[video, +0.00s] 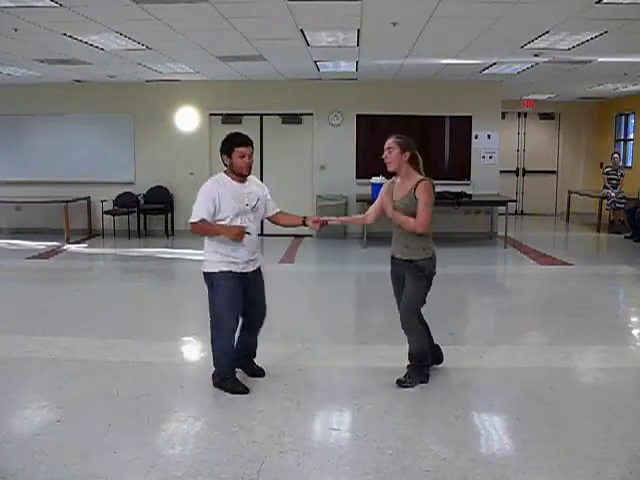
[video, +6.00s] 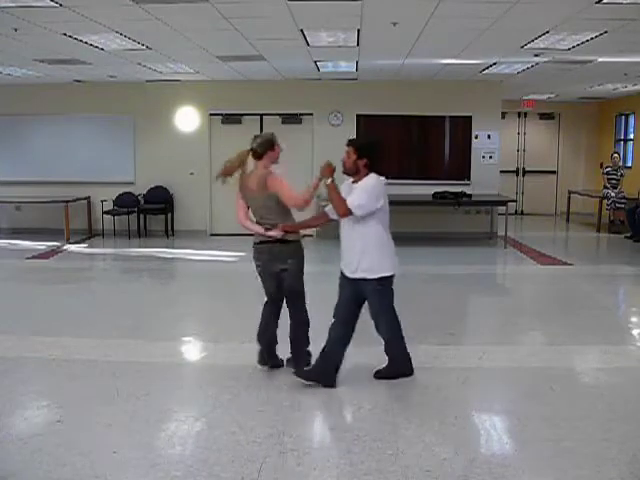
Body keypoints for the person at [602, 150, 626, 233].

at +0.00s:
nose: (615, 160)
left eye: (617, 158)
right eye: (614, 158)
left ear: (619, 160)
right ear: (611, 159)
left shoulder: (621, 171)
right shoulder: (607, 169)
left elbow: (621, 183)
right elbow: (605, 182)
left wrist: (617, 190)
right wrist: (611, 189)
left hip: (617, 188)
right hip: (608, 187)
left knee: (622, 196)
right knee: (611, 196)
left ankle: (621, 217)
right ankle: (611, 217)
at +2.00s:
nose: (615, 160)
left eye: (616, 158)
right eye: (613, 158)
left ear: (619, 160)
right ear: (611, 160)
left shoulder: (621, 170)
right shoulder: (607, 169)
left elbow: (621, 183)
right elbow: (605, 182)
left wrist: (617, 190)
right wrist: (611, 189)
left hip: (617, 188)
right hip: (608, 188)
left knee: (622, 196)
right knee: (612, 196)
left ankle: (621, 218)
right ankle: (612, 218)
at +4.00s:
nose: (615, 160)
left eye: (616, 158)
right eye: (613, 158)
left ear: (619, 160)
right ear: (611, 160)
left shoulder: (621, 170)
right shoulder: (606, 169)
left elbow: (621, 182)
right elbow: (605, 182)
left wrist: (618, 190)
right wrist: (611, 189)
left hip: (617, 188)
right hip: (608, 188)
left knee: (622, 196)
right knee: (611, 196)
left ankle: (621, 217)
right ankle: (611, 216)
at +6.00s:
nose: (615, 160)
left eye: (616, 158)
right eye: (613, 158)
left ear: (619, 160)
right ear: (611, 160)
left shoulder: (621, 170)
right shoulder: (606, 169)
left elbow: (621, 184)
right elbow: (605, 182)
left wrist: (617, 190)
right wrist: (611, 190)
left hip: (617, 188)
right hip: (608, 188)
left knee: (622, 196)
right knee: (611, 196)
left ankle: (621, 216)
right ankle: (611, 215)